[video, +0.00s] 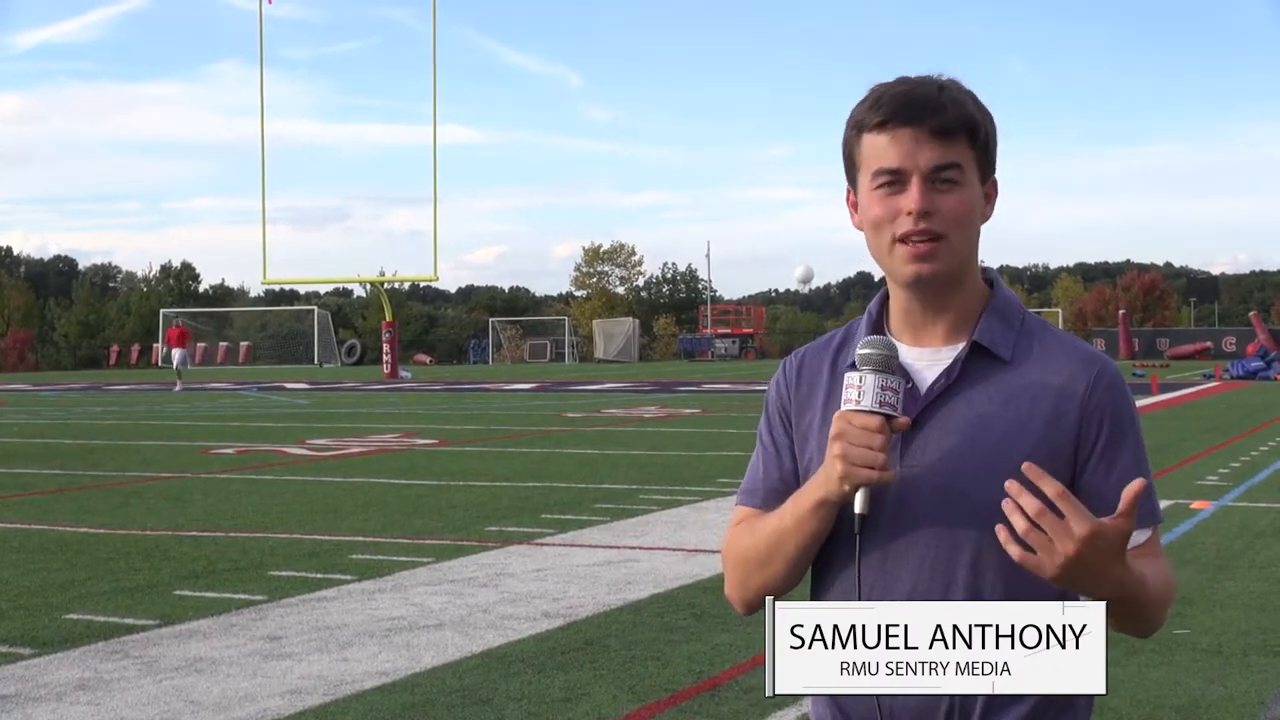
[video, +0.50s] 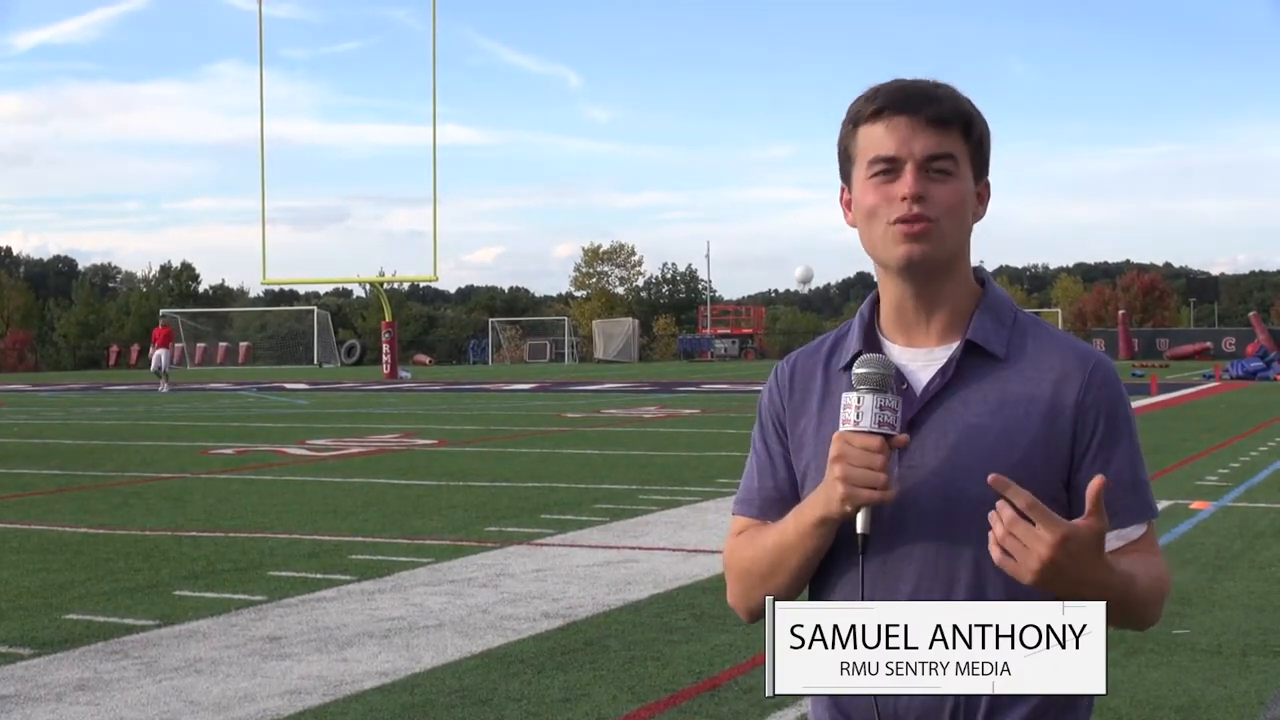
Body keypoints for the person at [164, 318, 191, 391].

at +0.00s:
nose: (175, 323)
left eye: (177, 321)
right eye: (174, 321)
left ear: (179, 322)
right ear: (172, 322)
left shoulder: (183, 330)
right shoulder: (170, 330)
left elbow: (187, 340)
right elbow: (166, 342)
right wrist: (164, 350)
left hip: (181, 349)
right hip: (174, 349)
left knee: (176, 366)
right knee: (176, 367)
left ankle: (179, 384)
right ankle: (179, 384)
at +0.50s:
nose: (161, 322)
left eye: (163, 321)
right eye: (160, 321)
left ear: (166, 322)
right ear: (159, 321)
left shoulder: (169, 330)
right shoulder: (155, 330)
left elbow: (171, 343)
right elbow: (153, 343)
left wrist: (172, 356)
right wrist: (151, 352)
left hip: (165, 349)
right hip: (157, 349)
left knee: (164, 369)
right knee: (153, 368)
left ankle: (166, 385)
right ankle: (162, 382)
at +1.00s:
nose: (141, 323)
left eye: (142, 322)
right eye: (140, 322)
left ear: (145, 323)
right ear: (138, 323)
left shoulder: (148, 330)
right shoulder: (135, 331)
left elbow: (151, 341)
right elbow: (133, 344)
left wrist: (150, 351)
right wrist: (132, 355)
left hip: (145, 351)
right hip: (137, 351)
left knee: (145, 370)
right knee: (138, 371)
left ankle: (154, 382)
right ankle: (140, 386)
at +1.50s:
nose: (124, 324)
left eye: (125, 322)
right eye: (122, 322)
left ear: (128, 323)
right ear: (121, 323)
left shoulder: (133, 332)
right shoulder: (118, 332)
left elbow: (137, 344)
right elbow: (115, 345)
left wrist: (138, 354)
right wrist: (112, 358)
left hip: (130, 352)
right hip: (122, 352)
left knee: (124, 371)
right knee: (122, 372)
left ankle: (124, 388)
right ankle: (134, 384)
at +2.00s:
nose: (103, 325)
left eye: (104, 323)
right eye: (102, 323)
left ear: (107, 324)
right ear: (100, 324)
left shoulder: (110, 332)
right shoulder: (99, 332)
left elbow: (111, 343)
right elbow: (99, 342)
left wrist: (104, 349)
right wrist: (98, 351)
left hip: (109, 353)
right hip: (101, 353)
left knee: (113, 372)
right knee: (98, 372)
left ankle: (120, 387)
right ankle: (97, 388)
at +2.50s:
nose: (86, 324)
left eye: (87, 322)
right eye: (85, 322)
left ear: (91, 323)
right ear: (83, 323)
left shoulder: (95, 332)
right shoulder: (81, 332)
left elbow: (100, 344)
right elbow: (76, 344)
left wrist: (104, 353)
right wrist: (70, 351)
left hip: (92, 353)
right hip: (84, 353)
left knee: (87, 371)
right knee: (88, 372)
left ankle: (85, 388)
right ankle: (95, 388)